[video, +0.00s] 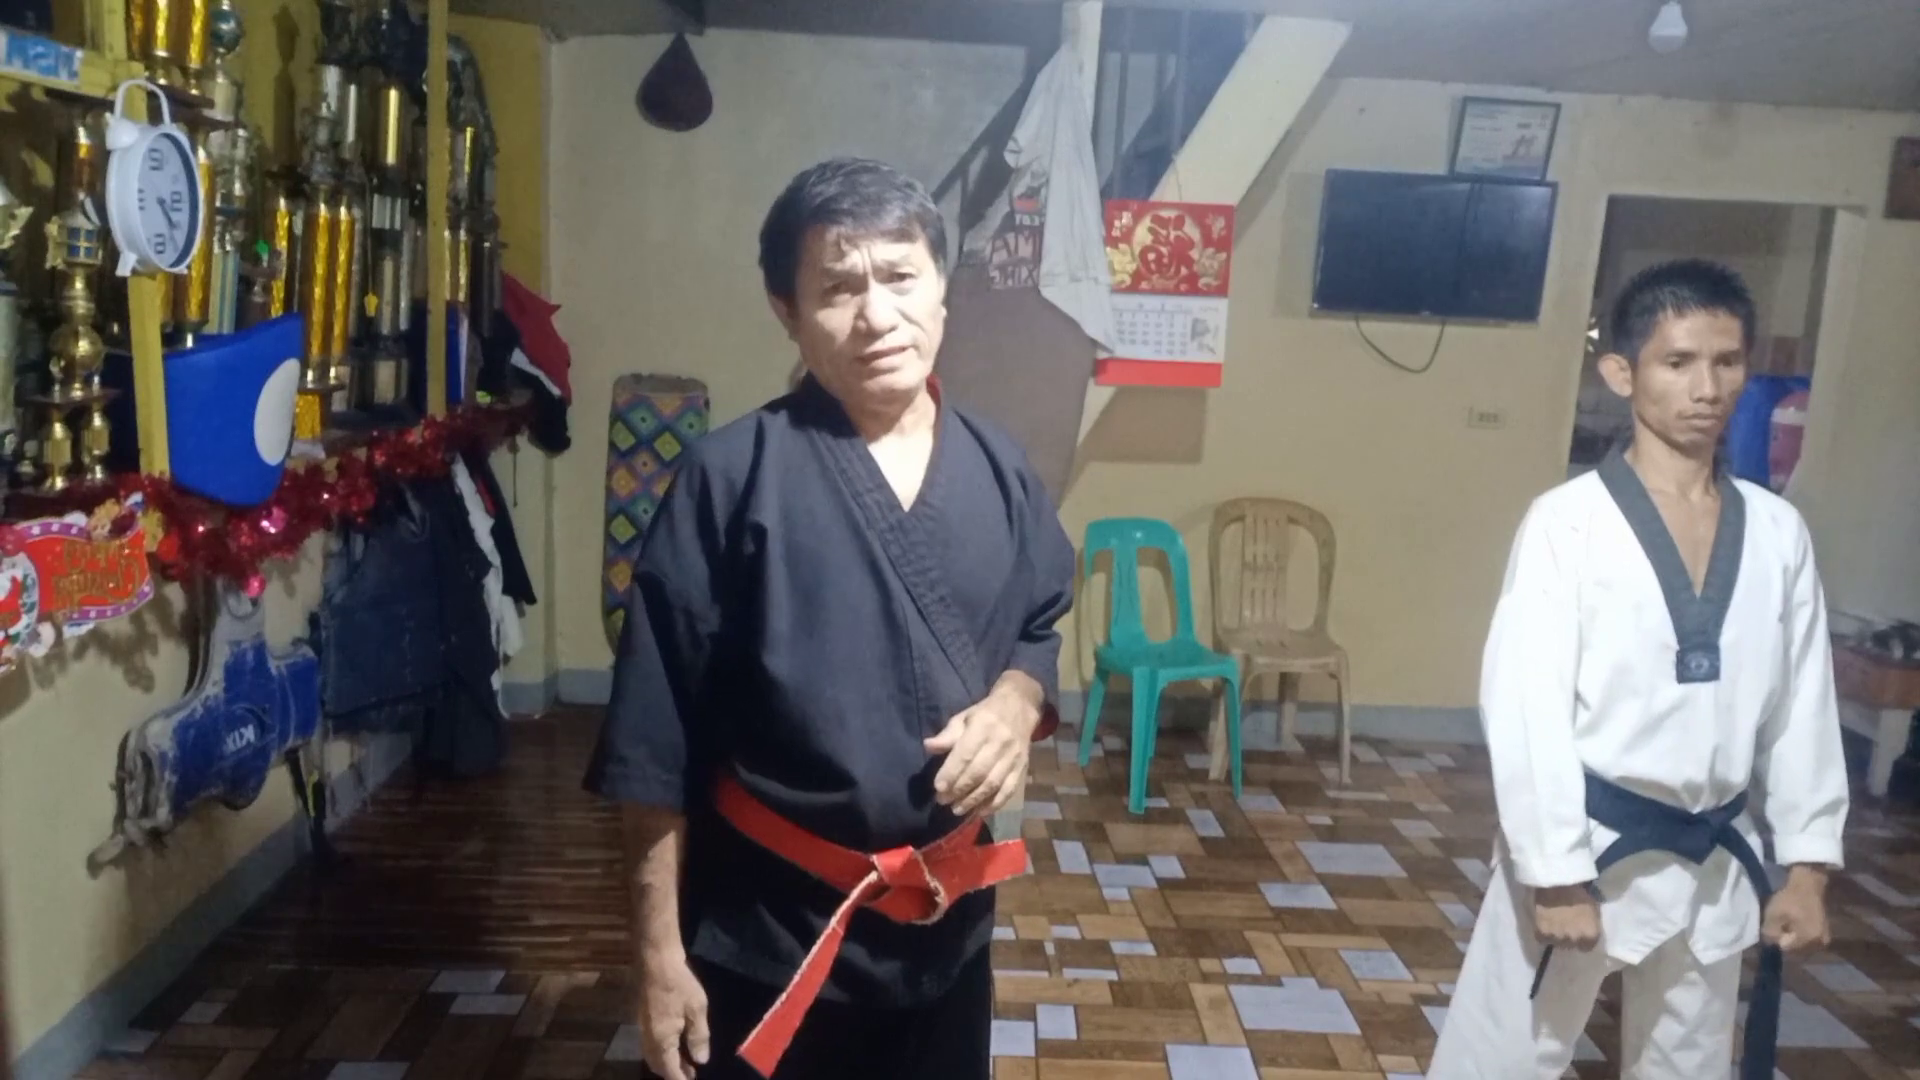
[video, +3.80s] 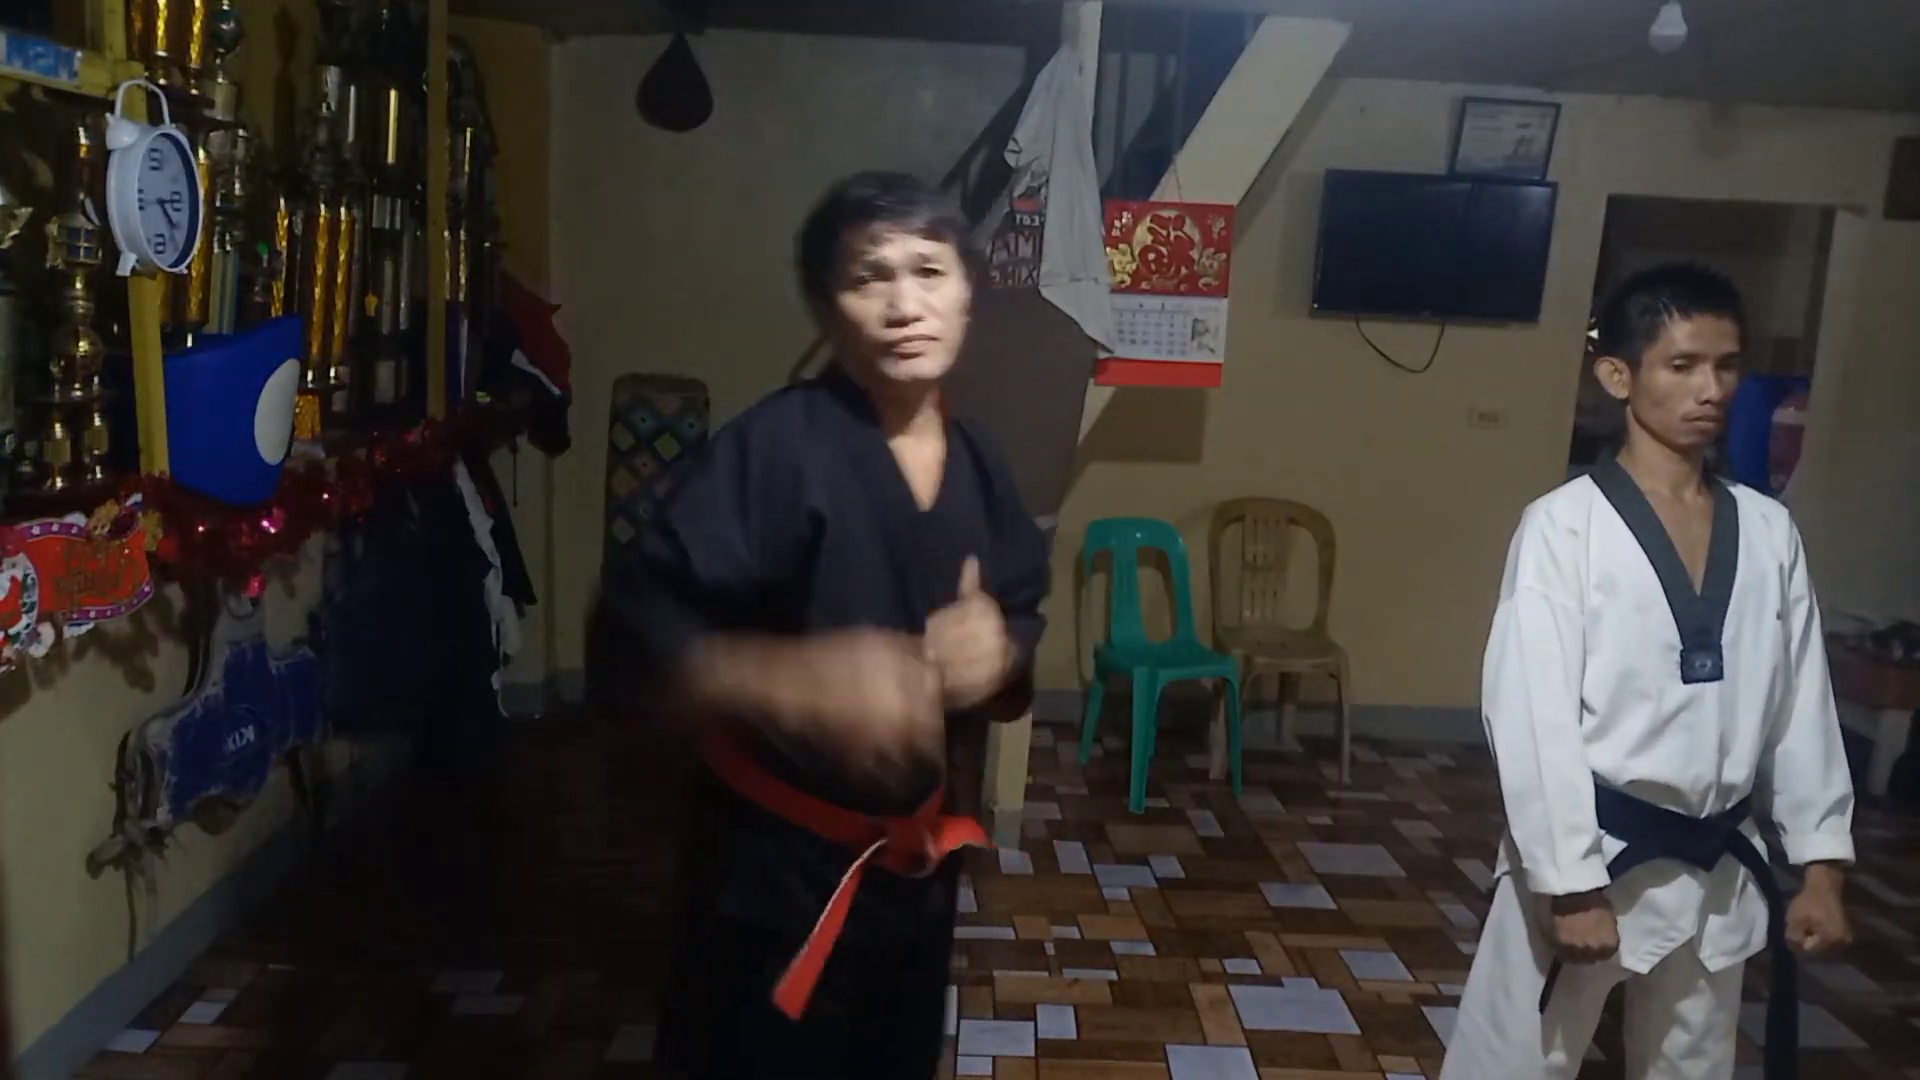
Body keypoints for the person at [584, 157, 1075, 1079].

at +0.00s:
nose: (877, 313)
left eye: (900, 278)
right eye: (840, 289)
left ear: (943, 289)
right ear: (788, 316)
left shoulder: (995, 465)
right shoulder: (726, 478)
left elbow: (1038, 624)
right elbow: (653, 726)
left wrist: (1014, 708)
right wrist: (659, 954)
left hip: (947, 923)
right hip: (772, 933)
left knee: (944, 1069)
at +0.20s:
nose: (905, 297)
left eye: (930, 266)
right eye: (867, 271)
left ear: (969, 292)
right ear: (817, 309)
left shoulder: (1008, 472)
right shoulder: (739, 472)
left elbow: (1042, 632)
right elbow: (653, 697)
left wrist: (1021, 721)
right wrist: (695, 889)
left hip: (948, 914)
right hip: (774, 917)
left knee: (946, 1070)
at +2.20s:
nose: (888, 324)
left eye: (914, 290)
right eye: (856, 296)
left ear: (957, 300)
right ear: (813, 315)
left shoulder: (1009, 467)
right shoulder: (740, 467)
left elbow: (1063, 687)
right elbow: (671, 693)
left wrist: (1011, 615)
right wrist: (773, 856)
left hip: (949, 893)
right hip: (771, 893)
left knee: (951, 1070)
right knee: (760, 1074)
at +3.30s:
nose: (924, 301)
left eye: (947, 269)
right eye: (887, 281)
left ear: (991, 294)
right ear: (845, 323)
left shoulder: (1017, 467)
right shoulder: (782, 450)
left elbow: (1064, 634)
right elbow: (683, 648)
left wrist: (1036, 654)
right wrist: (803, 778)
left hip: (966, 895)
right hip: (803, 892)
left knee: (964, 1068)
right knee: (785, 1071)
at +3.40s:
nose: (947, 304)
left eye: (970, 274)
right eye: (910, 285)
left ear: (1013, 300)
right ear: (869, 323)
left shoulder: (1024, 469)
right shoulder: (803, 440)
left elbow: (1071, 628)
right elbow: (679, 617)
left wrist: (1043, 655)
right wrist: (803, 711)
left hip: (965, 875)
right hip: (814, 873)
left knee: (959, 1065)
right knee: (795, 1066)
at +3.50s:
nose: (972, 313)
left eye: (996, 282)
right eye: (937, 287)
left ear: (1032, 304)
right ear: (890, 314)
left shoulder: (1027, 469)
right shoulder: (818, 431)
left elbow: (1069, 635)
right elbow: (671, 593)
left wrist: (1045, 652)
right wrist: (798, 618)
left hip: (958, 852)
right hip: (815, 844)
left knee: (944, 1063)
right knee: (789, 1063)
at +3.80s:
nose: (905, 303)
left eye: (930, 272)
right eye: (869, 279)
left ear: (969, 293)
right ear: (825, 309)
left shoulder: (973, 456)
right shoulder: (770, 449)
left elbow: (1019, 630)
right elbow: (631, 641)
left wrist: (992, 651)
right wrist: (807, 679)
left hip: (916, 862)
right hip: (775, 859)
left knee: (897, 1063)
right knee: (752, 1065)